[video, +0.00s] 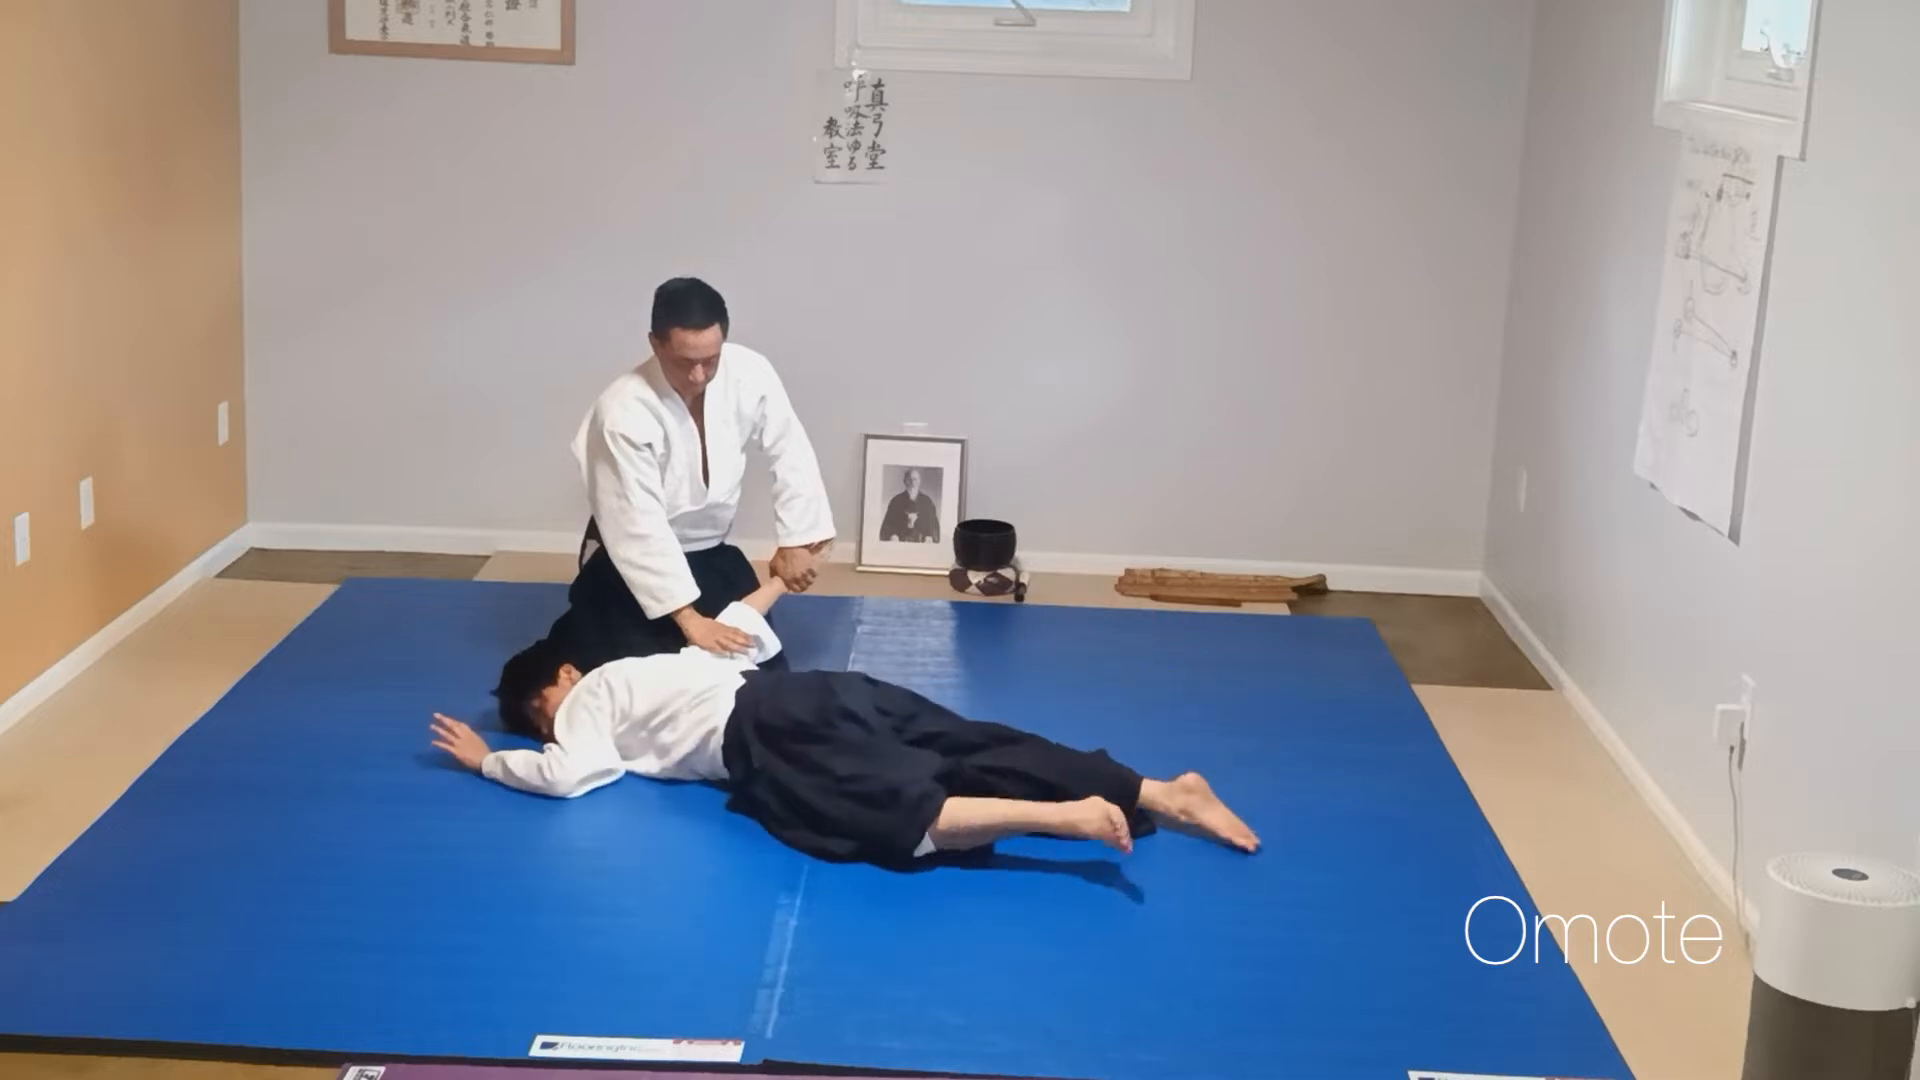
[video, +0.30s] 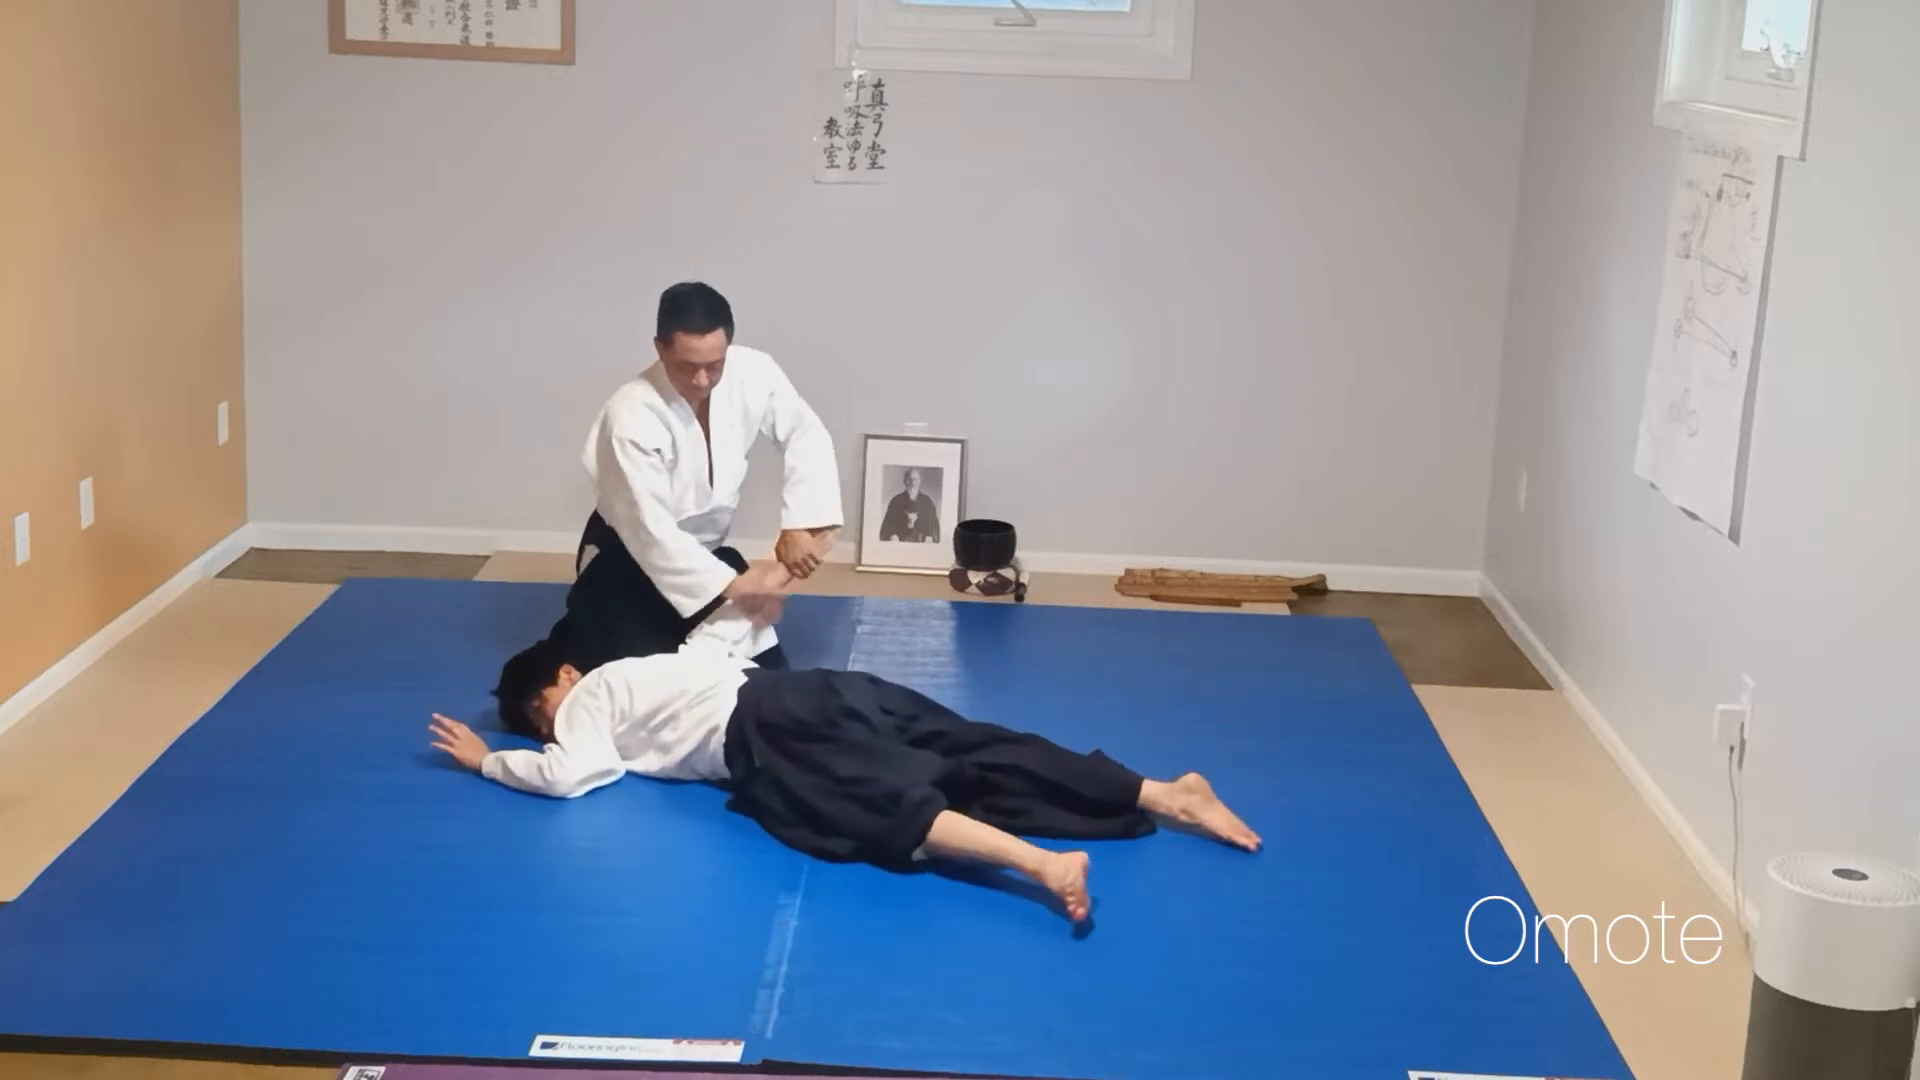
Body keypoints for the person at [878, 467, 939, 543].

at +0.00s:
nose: (913, 482)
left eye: (915, 479)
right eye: (910, 479)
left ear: (919, 481)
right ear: (905, 482)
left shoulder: (926, 501)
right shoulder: (896, 501)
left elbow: (933, 523)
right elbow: (887, 526)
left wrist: (930, 537)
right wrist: (892, 536)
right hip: (899, 544)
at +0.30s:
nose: (912, 482)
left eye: (915, 479)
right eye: (909, 480)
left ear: (919, 481)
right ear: (905, 482)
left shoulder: (926, 501)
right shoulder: (897, 501)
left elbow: (933, 523)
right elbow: (887, 525)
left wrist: (930, 537)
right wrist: (892, 536)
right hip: (899, 544)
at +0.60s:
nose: (913, 482)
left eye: (915, 479)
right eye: (909, 480)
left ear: (919, 481)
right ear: (905, 482)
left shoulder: (926, 501)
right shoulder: (896, 501)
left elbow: (933, 523)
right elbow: (886, 525)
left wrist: (930, 537)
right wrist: (892, 536)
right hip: (899, 544)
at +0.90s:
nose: (912, 482)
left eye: (915, 479)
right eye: (909, 480)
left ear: (919, 481)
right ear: (904, 482)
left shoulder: (926, 501)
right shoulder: (897, 500)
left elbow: (932, 523)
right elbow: (887, 524)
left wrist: (930, 537)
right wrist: (891, 536)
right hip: (899, 543)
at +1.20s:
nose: (912, 482)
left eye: (915, 479)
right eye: (909, 479)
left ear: (919, 481)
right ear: (904, 481)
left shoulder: (926, 501)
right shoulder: (896, 500)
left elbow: (932, 523)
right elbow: (887, 525)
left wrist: (930, 537)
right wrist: (892, 536)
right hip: (899, 543)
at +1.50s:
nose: (912, 482)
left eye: (915, 479)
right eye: (909, 479)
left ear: (919, 481)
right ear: (905, 481)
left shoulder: (926, 501)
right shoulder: (896, 500)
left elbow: (933, 523)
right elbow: (887, 525)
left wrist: (931, 537)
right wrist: (892, 536)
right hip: (899, 543)